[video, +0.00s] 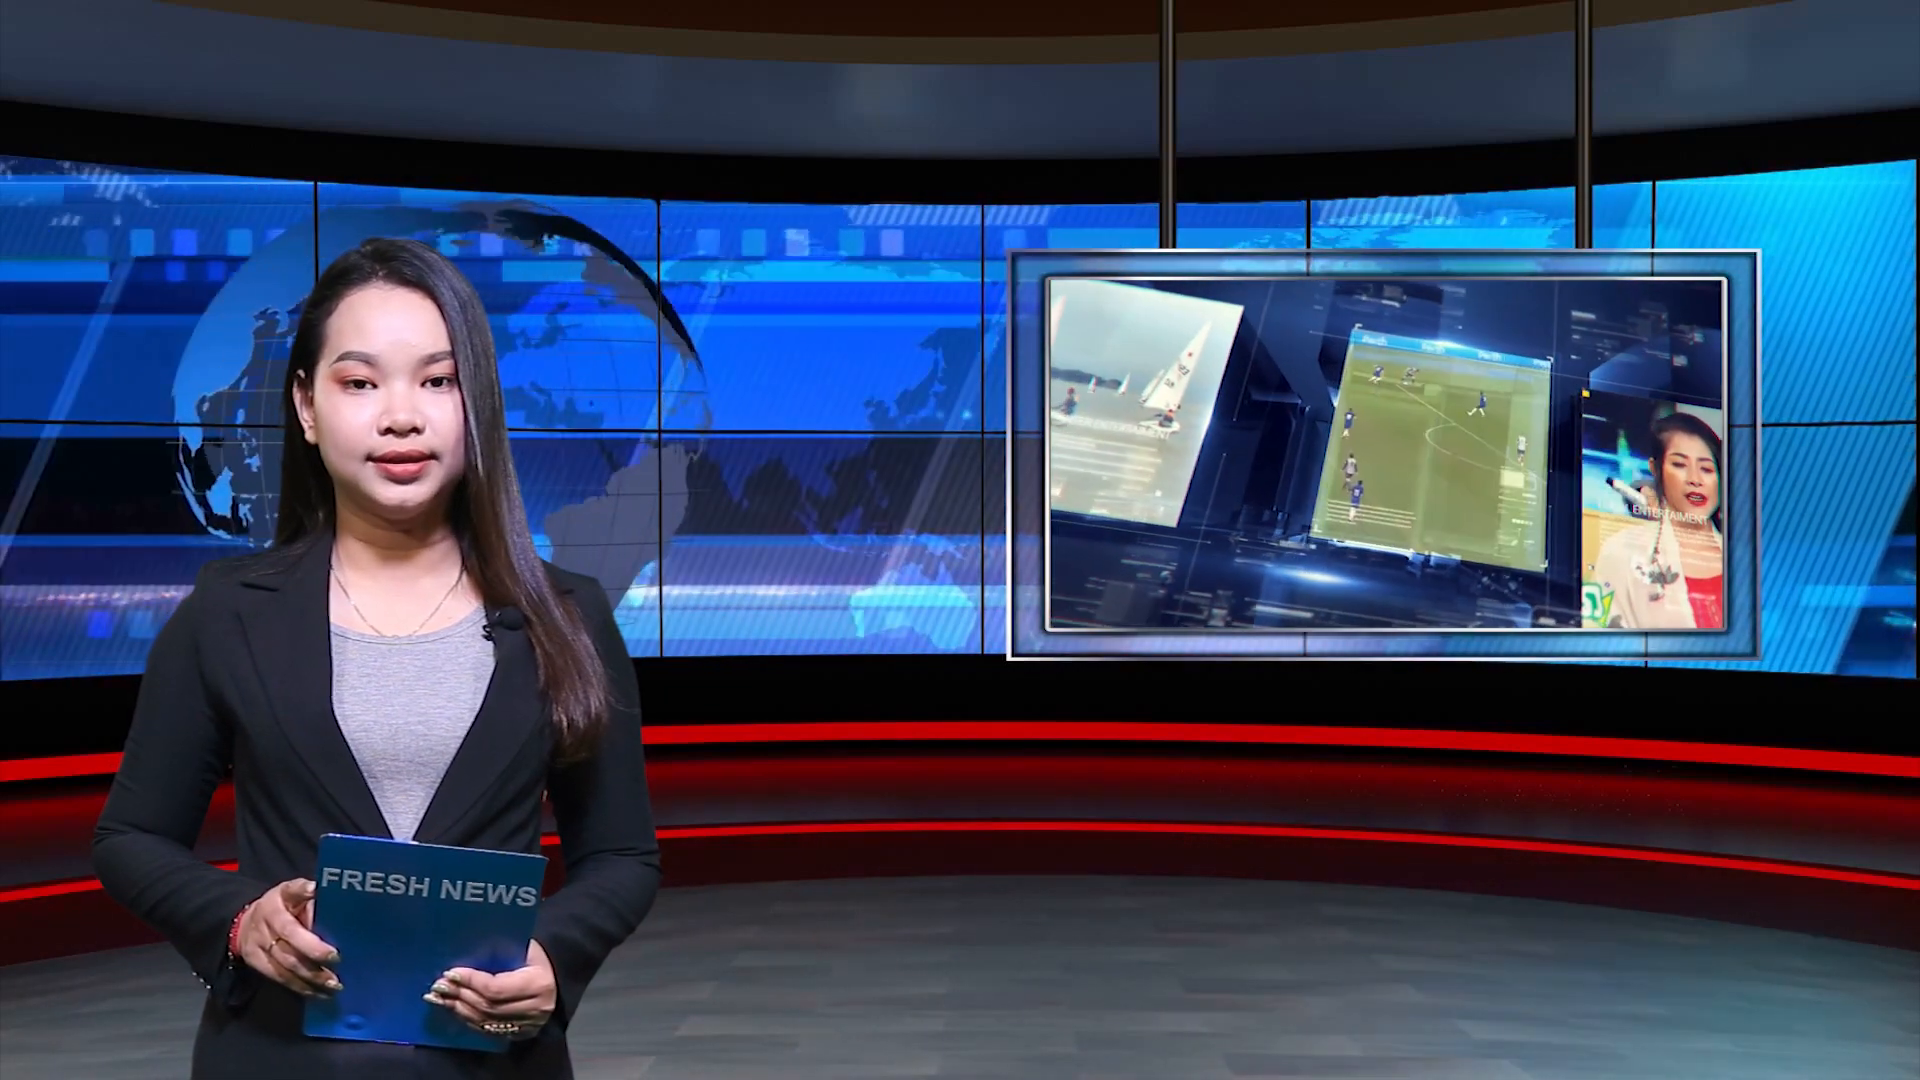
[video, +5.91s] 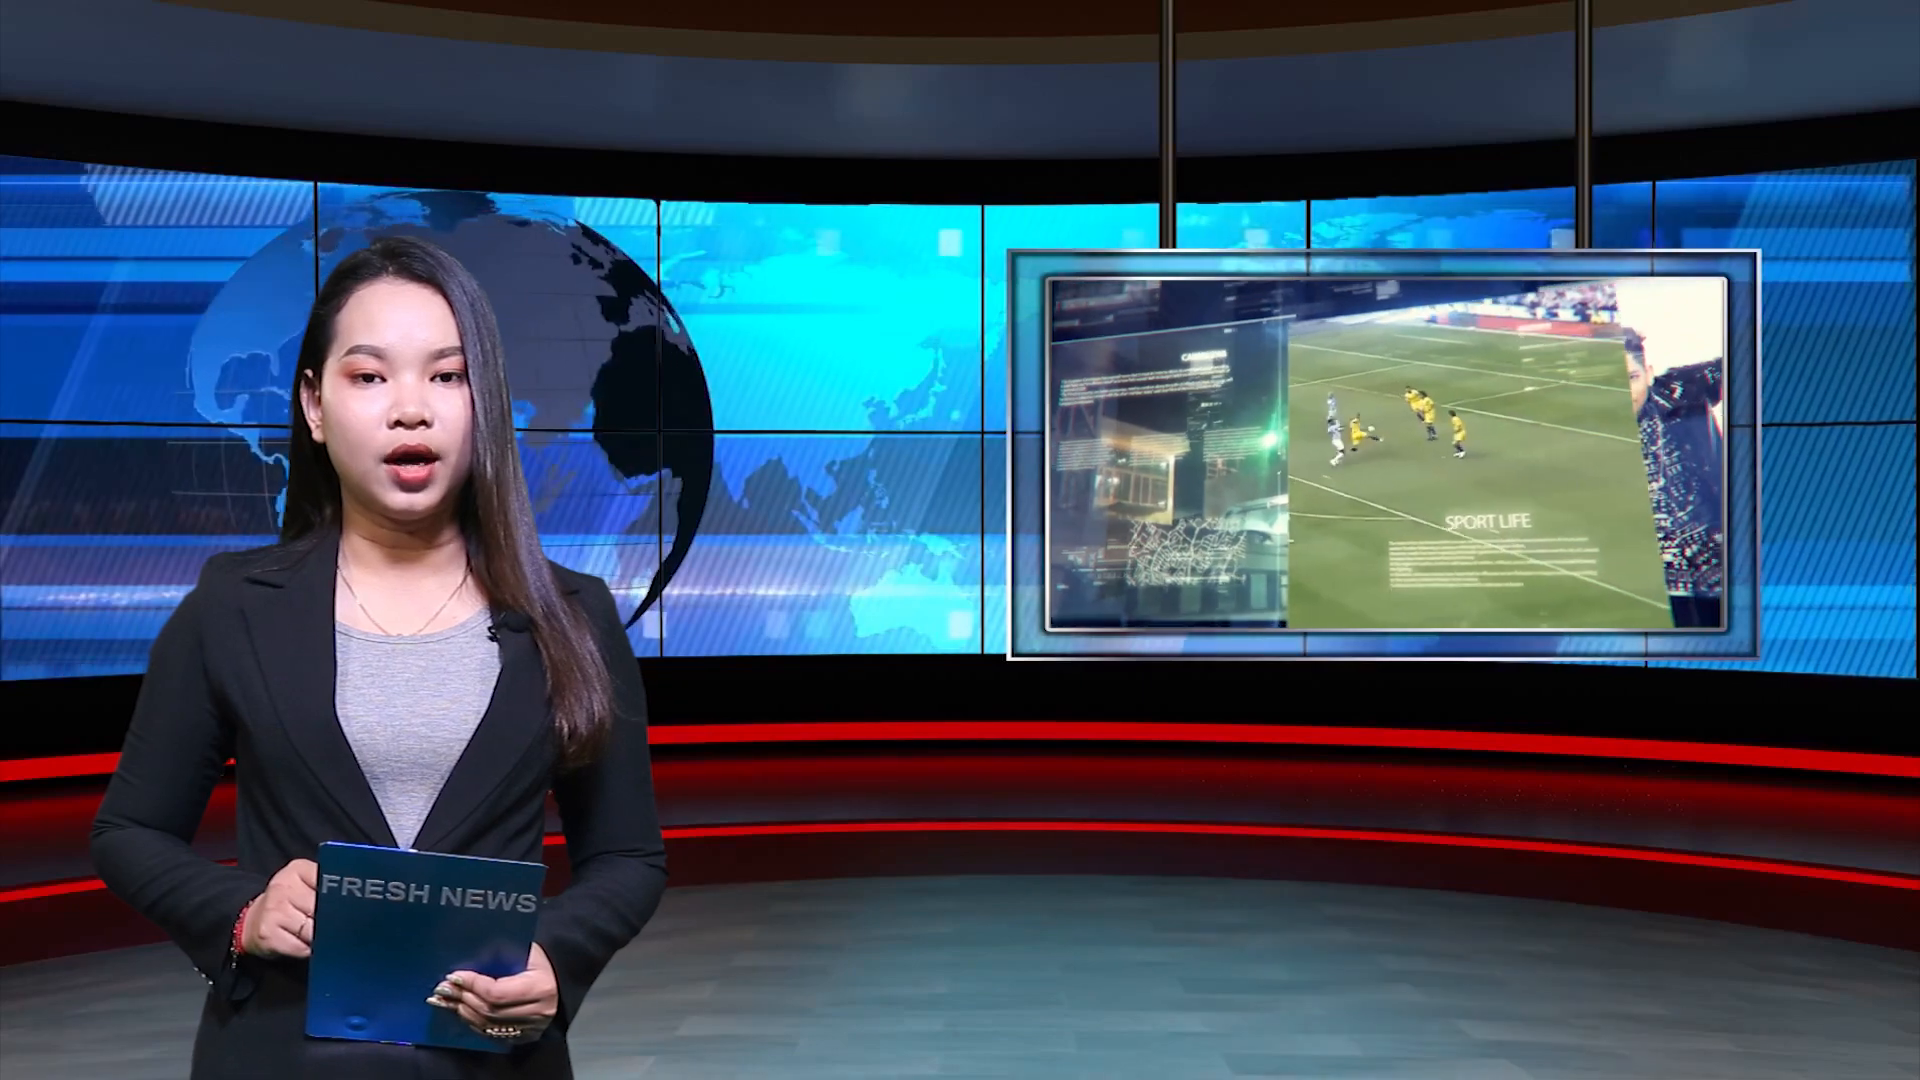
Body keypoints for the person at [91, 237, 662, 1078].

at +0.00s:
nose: (402, 416)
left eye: (436, 379)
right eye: (359, 380)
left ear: (475, 404)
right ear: (307, 409)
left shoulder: (562, 616)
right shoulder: (230, 613)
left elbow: (620, 857)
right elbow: (131, 839)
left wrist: (549, 960)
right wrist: (235, 915)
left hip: (493, 1051)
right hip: (280, 1054)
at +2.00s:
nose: (401, 412)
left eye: (436, 377)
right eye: (360, 378)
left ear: (480, 404)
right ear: (311, 411)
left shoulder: (566, 622)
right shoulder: (234, 612)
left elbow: (622, 857)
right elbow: (133, 839)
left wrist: (556, 958)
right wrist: (241, 916)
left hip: (499, 1053)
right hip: (283, 1054)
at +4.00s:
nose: (410, 408)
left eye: (443, 375)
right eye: (367, 375)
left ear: (481, 404)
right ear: (312, 407)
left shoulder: (566, 618)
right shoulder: (233, 614)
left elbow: (628, 858)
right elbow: (132, 842)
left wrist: (553, 962)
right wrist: (235, 898)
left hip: (496, 1054)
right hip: (280, 1055)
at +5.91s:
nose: (411, 410)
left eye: (445, 375)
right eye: (369, 375)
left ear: (483, 404)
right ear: (314, 407)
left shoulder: (570, 616)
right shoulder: (234, 609)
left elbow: (627, 857)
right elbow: (129, 832)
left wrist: (551, 961)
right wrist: (241, 908)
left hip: (496, 1051)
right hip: (281, 1053)